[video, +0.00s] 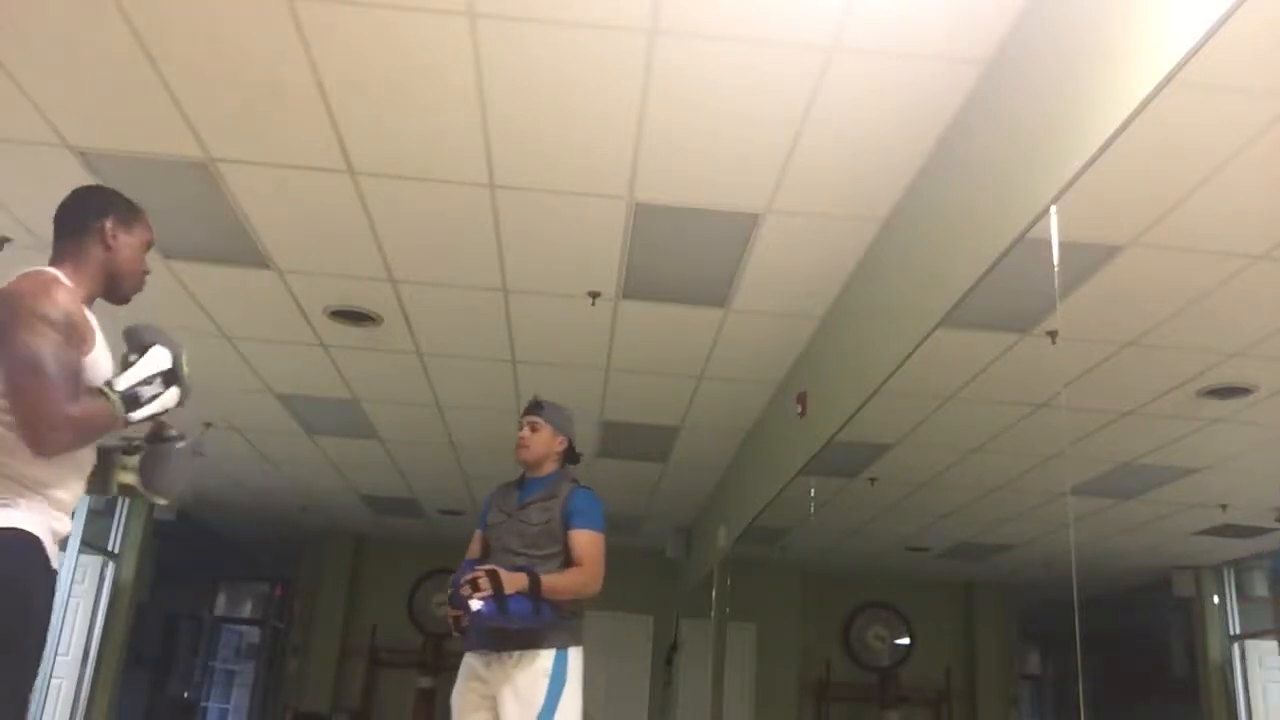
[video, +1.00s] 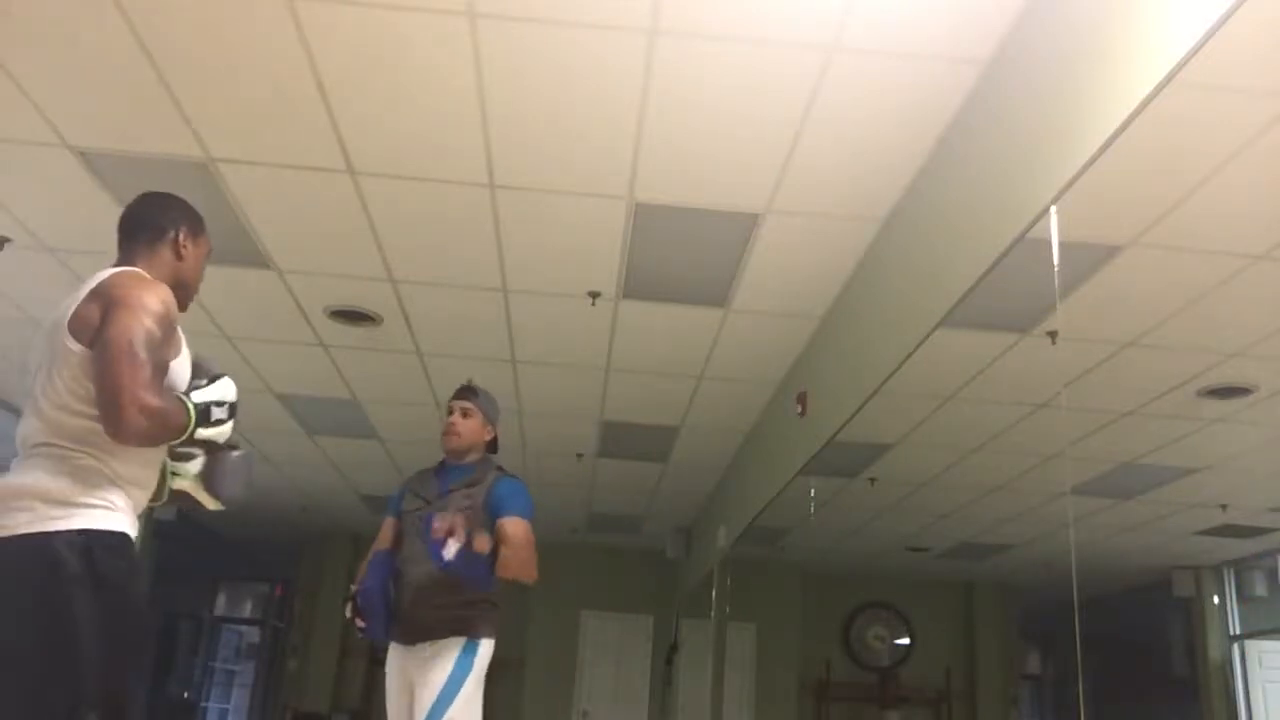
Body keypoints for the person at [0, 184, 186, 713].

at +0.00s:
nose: (148, 267)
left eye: (149, 252)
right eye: (145, 248)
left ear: (105, 238)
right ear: (108, 234)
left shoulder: (71, 314)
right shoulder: (42, 296)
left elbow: (48, 438)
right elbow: (47, 427)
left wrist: (126, 432)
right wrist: (128, 401)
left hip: (29, 543)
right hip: (14, 541)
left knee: (15, 698)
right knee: (10, 699)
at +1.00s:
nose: (202, 274)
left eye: (206, 259)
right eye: (205, 256)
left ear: (131, 242)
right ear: (181, 243)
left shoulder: (96, 295)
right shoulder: (140, 291)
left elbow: (76, 439)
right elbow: (131, 415)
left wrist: (159, 464)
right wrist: (194, 416)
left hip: (26, 538)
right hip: (73, 540)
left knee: (39, 705)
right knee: (96, 705)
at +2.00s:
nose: (303, 261)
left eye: (303, 252)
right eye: (304, 250)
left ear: (221, 246)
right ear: (291, 241)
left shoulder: (161, 317)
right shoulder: (292, 281)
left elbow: (138, 447)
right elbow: (324, 415)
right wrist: (329, 436)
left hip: (132, 558)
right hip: (219, 556)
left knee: (140, 711)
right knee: (237, 710)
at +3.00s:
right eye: (446, 257)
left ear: (375, 259)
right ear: (450, 255)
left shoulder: (328, 322)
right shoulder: (502, 317)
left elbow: (289, 473)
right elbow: (541, 445)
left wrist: (350, 436)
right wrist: (477, 466)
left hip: (331, 580)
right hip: (438, 579)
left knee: (323, 713)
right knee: (425, 711)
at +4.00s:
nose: (520, 309)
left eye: (520, 300)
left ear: (525, 297)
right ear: (595, 301)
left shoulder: (491, 360)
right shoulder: (653, 367)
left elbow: (448, 494)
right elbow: (658, 481)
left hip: (511, 613)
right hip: (621, 614)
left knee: (492, 711)